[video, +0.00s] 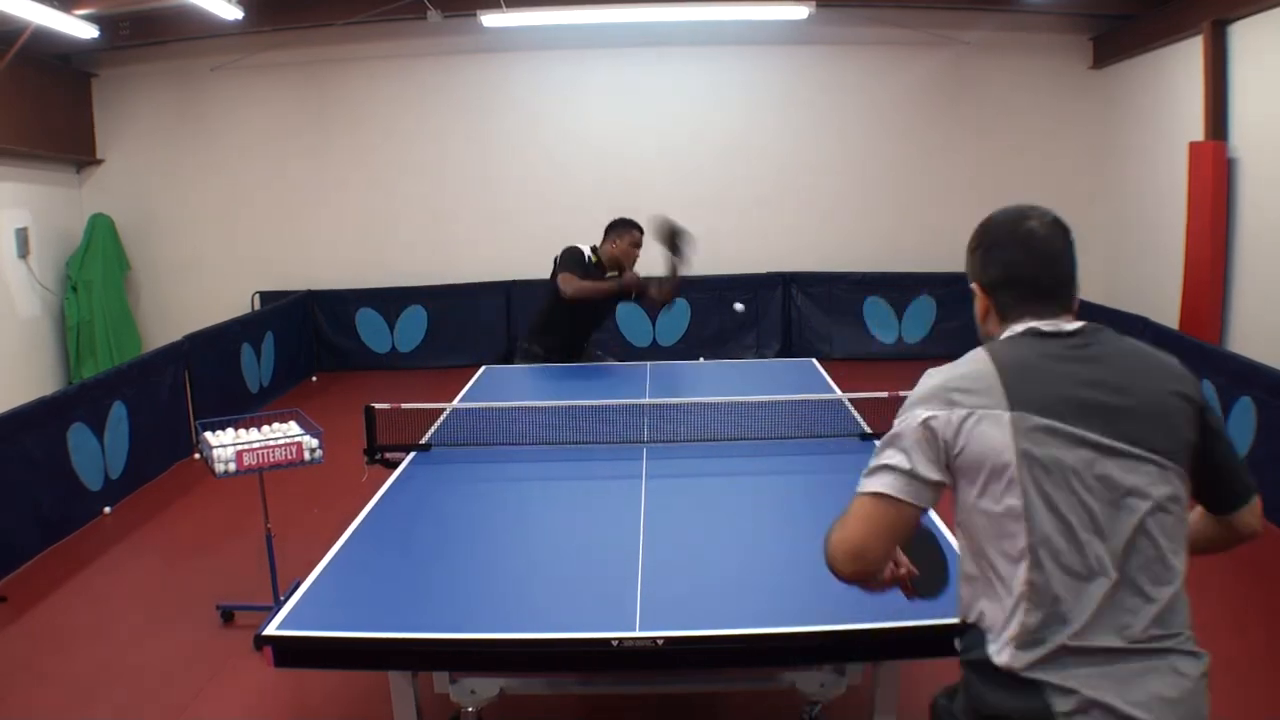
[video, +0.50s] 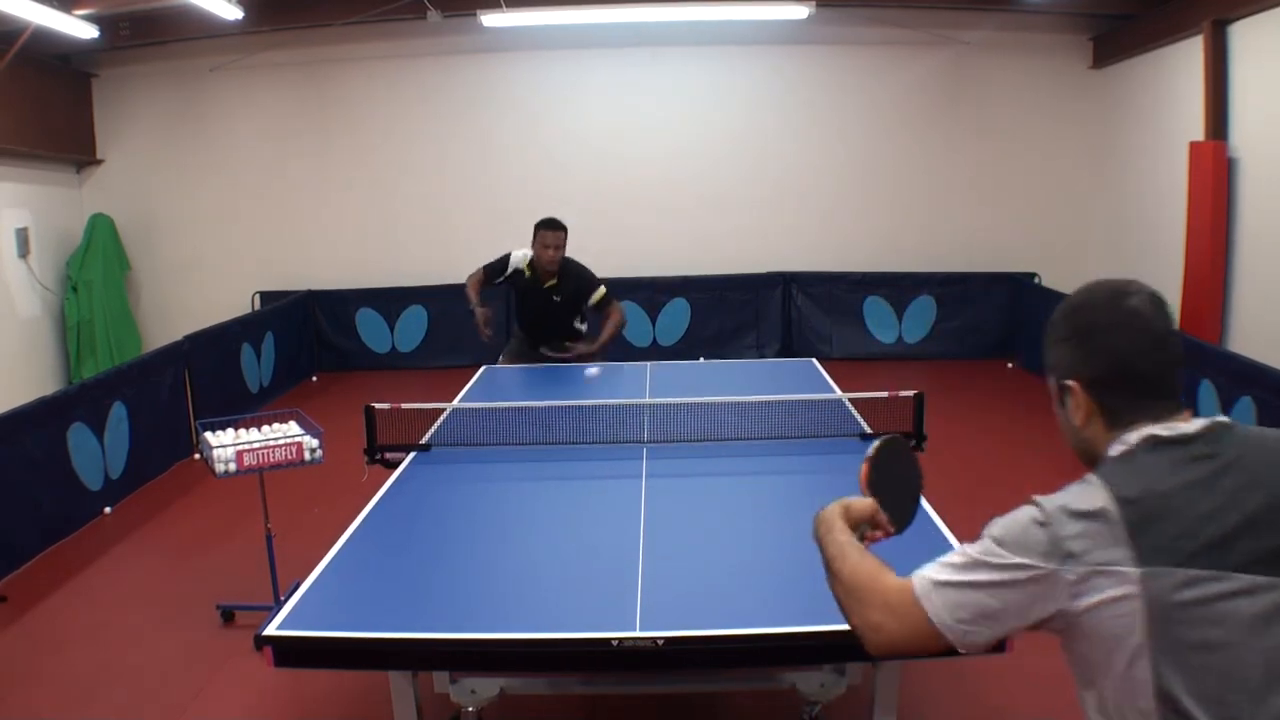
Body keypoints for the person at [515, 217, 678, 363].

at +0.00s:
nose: (638, 254)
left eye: (639, 249)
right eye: (635, 247)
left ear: (616, 245)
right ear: (614, 243)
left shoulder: (621, 278)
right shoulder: (574, 255)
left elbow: (661, 295)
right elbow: (569, 288)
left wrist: (673, 259)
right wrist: (620, 285)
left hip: (575, 355)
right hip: (538, 356)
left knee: (625, 377)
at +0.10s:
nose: (618, 240)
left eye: (621, 234)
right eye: (611, 231)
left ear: (623, 238)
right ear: (595, 228)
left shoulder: (614, 264)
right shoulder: (560, 247)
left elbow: (648, 251)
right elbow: (542, 279)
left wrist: (614, 220)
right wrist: (594, 271)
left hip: (577, 351)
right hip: (535, 351)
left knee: (618, 379)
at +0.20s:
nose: (590, 226)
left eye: (595, 221)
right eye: (583, 219)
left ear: (600, 224)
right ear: (567, 219)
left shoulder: (601, 252)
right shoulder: (536, 247)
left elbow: (639, 266)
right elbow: (503, 285)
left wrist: (619, 227)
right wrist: (545, 287)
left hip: (575, 345)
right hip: (531, 345)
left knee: (611, 379)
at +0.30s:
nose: (572, 219)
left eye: (578, 213)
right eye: (565, 212)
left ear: (584, 215)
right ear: (551, 211)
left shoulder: (595, 248)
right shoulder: (523, 240)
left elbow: (626, 287)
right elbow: (488, 277)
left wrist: (630, 267)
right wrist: (511, 296)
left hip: (574, 328)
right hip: (529, 327)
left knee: (609, 377)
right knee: (502, 379)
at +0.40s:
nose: (561, 230)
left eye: (567, 224)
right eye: (554, 223)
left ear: (573, 224)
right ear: (540, 222)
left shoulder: (586, 257)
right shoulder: (517, 246)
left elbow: (612, 291)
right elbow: (482, 275)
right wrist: (491, 302)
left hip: (572, 335)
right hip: (526, 333)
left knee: (608, 381)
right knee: (499, 384)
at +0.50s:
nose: (552, 255)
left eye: (558, 248)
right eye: (546, 248)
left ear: (565, 248)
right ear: (533, 246)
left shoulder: (578, 275)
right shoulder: (517, 262)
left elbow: (616, 314)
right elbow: (473, 280)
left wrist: (595, 346)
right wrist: (477, 308)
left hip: (570, 350)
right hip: (526, 347)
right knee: (499, 385)